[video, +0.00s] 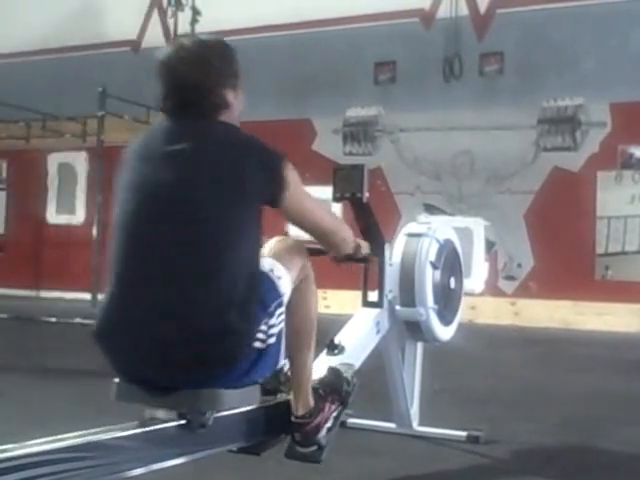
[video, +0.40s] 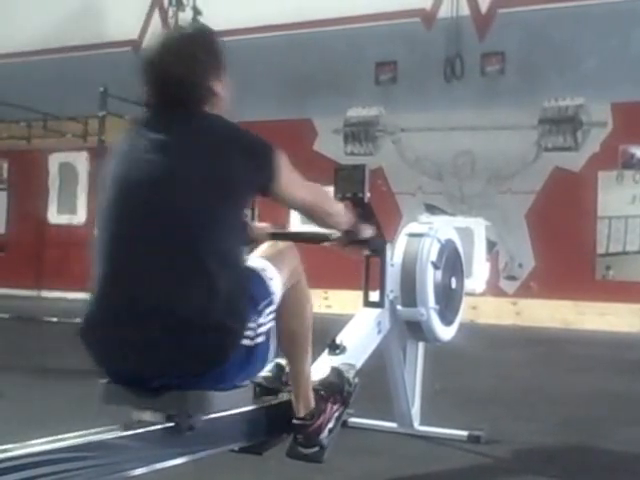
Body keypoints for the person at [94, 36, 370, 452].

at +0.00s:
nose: (241, 99)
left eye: (239, 88)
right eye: (239, 88)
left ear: (171, 95)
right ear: (226, 96)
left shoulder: (139, 151)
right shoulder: (252, 157)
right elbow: (337, 235)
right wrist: (347, 247)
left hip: (132, 358)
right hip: (216, 360)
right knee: (293, 250)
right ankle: (305, 409)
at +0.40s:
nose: (227, 86)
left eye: (224, 75)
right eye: (223, 75)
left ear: (157, 84)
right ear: (211, 84)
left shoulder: (129, 146)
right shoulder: (229, 144)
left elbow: (171, 230)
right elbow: (315, 202)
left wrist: (258, 233)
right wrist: (348, 223)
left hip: (120, 360)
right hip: (202, 361)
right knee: (286, 254)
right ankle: (305, 409)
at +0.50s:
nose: (185, 67)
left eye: (181, 54)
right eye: (180, 55)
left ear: (106, 67)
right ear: (166, 64)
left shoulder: (84, 133)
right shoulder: (195, 135)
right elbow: (274, 196)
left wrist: (204, 227)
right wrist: (317, 226)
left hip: (86, 361)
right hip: (174, 363)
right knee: (271, 270)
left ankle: (246, 407)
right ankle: (306, 407)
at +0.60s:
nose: (136, 50)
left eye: (130, 39)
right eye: (129, 39)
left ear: (55, 54)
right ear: (115, 49)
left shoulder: (37, 127)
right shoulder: (159, 129)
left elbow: (85, 212)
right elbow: (243, 192)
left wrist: (180, 224)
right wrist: (293, 224)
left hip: (47, 366)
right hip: (136, 363)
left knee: (185, 286)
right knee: (258, 290)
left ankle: (238, 397)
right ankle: (307, 412)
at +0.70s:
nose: (82, 42)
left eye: (77, 31)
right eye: (75, 30)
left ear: (3, 46)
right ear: (58, 38)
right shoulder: (104, 123)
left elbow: (33, 219)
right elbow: (206, 202)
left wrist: (131, 225)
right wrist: (260, 227)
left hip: (24, 371)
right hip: (111, 358)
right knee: (247, 320)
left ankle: (253, 407)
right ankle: (310, 414)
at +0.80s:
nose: (44, 53)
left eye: (40, 42)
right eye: (39, 42)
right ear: (17, 45)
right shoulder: (61, 130)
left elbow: (31, 237)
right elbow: (178, 242)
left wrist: (128, 226)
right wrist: (218, 235)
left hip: (3, 358)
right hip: (78, 360)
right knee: (237, 340)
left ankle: (258, 405)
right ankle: (312, 413)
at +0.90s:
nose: (37, 58)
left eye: (35, 45)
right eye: (34, 45)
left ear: (5, 49)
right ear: (10, 48)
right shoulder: (37, 131)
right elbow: (121, 265)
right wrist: (168, 242)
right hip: (68, 362)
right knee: (233, 342)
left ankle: (255, 398)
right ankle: (308, 410)